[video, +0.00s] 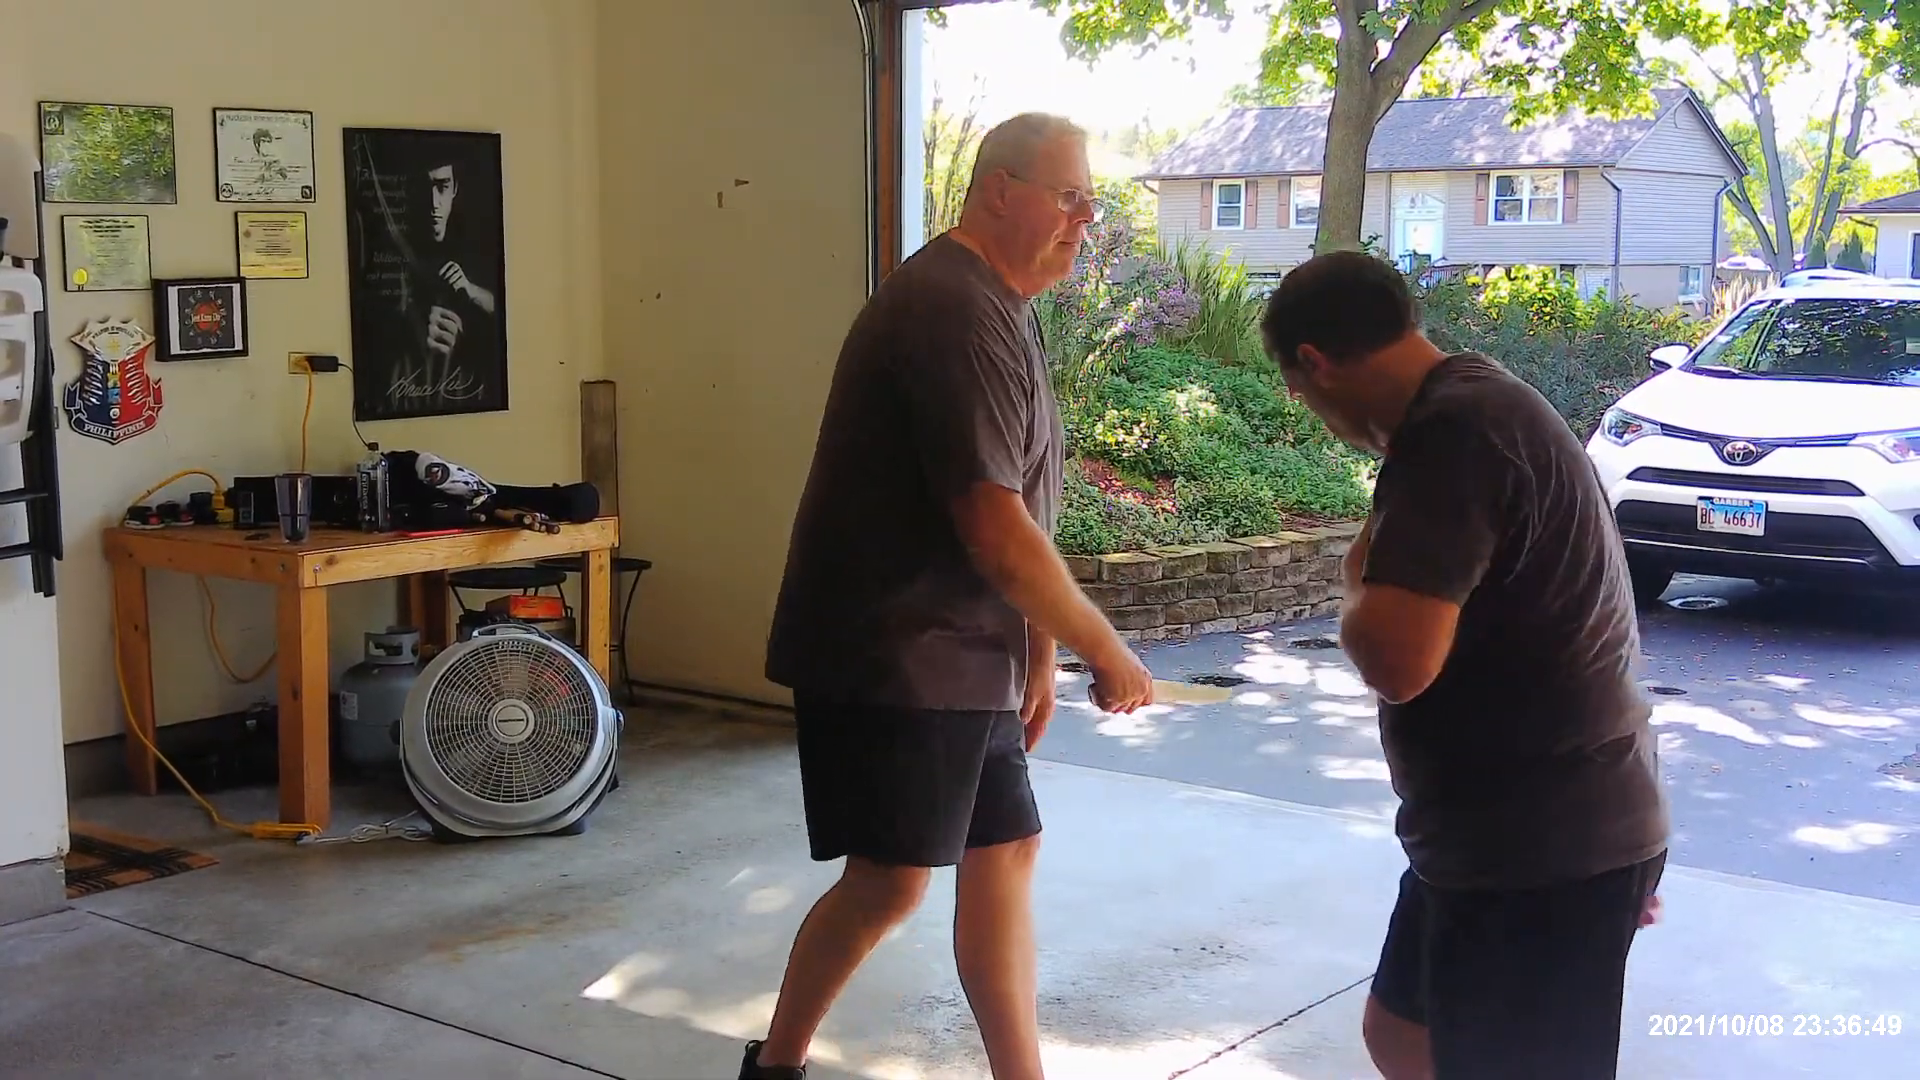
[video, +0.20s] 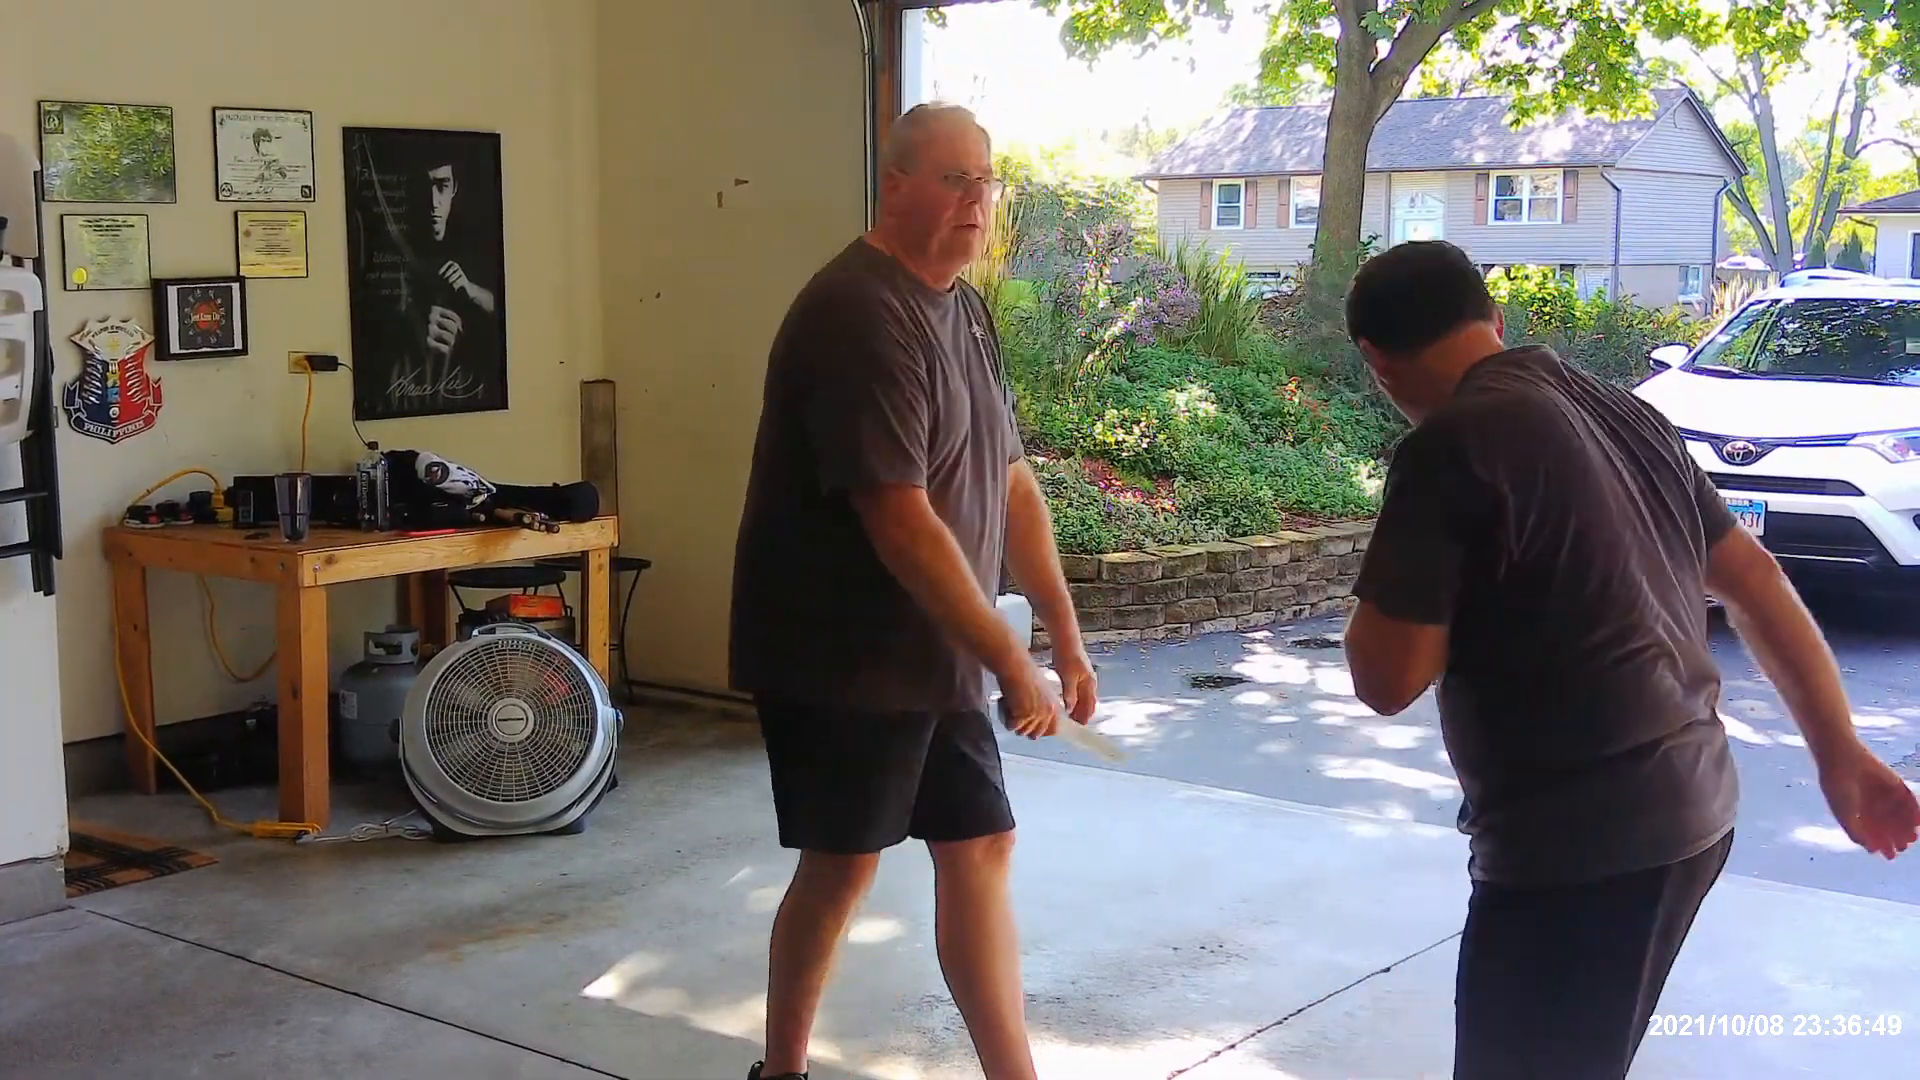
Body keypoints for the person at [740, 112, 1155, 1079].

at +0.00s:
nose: (1085, 223)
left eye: (1090, 203)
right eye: (1071, 199)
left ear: (1013, 200)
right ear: (1003, 194)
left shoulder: (995, 309)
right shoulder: (954, 306)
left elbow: (1014, 502)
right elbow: (989, 521)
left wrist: (1037, 641)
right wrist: (1105, 648)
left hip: (965, 650)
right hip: (891, 651)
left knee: (1004, 845)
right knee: (888, 877)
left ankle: (1020, 1073)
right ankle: (775, 1061)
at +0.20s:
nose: (979, 200)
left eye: (988, 181)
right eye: (956, 180)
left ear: (995, 194)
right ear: (895, 189)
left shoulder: (960, 308)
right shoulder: (857, 312)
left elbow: (1008, 480)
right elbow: (894, 516)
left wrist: (1060, 627)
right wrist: (1008, 658)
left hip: (945, 648)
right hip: (843, 653)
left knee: (979, 844)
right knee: (839, 863)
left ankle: (1012, 1071)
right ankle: (782, 1065)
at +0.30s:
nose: (933, 193)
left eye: (943, 175)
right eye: (908, 175)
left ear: (950, 185)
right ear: (850, 185)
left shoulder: (937, 300)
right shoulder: (812, 313)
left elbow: (988, 467)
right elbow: (827, 518)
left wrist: (1049, 614)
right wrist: (916, 675)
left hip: (926, 642)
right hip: (821, 651)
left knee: (961, 839)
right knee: (824, 852)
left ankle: (1000, 1068)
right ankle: (781, 1064)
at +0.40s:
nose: (896, 183)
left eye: (906, 165)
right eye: (871, 166)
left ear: (918, 177)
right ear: (818, 181)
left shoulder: (919, 295)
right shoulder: (778, 313)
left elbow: (966, 458)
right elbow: (759, 517)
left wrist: (1023, 605)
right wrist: (801, 689)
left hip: (914, 648)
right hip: (812, 662)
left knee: (951, 838)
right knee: (813, 851)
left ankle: (990, 1069)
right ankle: (781, 1064)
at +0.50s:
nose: (875, 182)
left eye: (885, 162)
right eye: (848, 166)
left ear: (899, 174)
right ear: (797, 183)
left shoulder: (903, 291)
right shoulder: (754, 311)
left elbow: (950, 456)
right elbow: (707, 509)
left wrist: (982, 604)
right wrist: (697, 692)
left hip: (916, 640)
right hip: (803, 657)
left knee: (948, 830)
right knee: (811, 845)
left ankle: (960, 1065)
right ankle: (782, 1062)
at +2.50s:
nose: (894, 167)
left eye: (889, 148)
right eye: (876, 150)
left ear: (819, 166)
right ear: (809, 166)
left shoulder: (866, 274)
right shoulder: (733, 295)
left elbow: (909, 429)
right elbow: (698, 505)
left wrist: (959, 544)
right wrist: (810, 646)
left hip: (872, 631)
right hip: (773, 647)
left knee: (883, 826)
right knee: (787, 854)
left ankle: (845, 1050)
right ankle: (750, 1072)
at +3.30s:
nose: (922, 163)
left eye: (923, 144)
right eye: (896, 144)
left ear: (925, 156)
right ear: (824, 162)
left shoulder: (953, 292)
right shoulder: (750, 300)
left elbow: (1030, 460)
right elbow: (676, 492)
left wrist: (1048, 628)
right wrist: (688, 669)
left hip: (913, 661)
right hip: (788, 665)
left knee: (886, 872)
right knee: (812, 889)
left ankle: (844, 1074)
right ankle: (736, 1069)